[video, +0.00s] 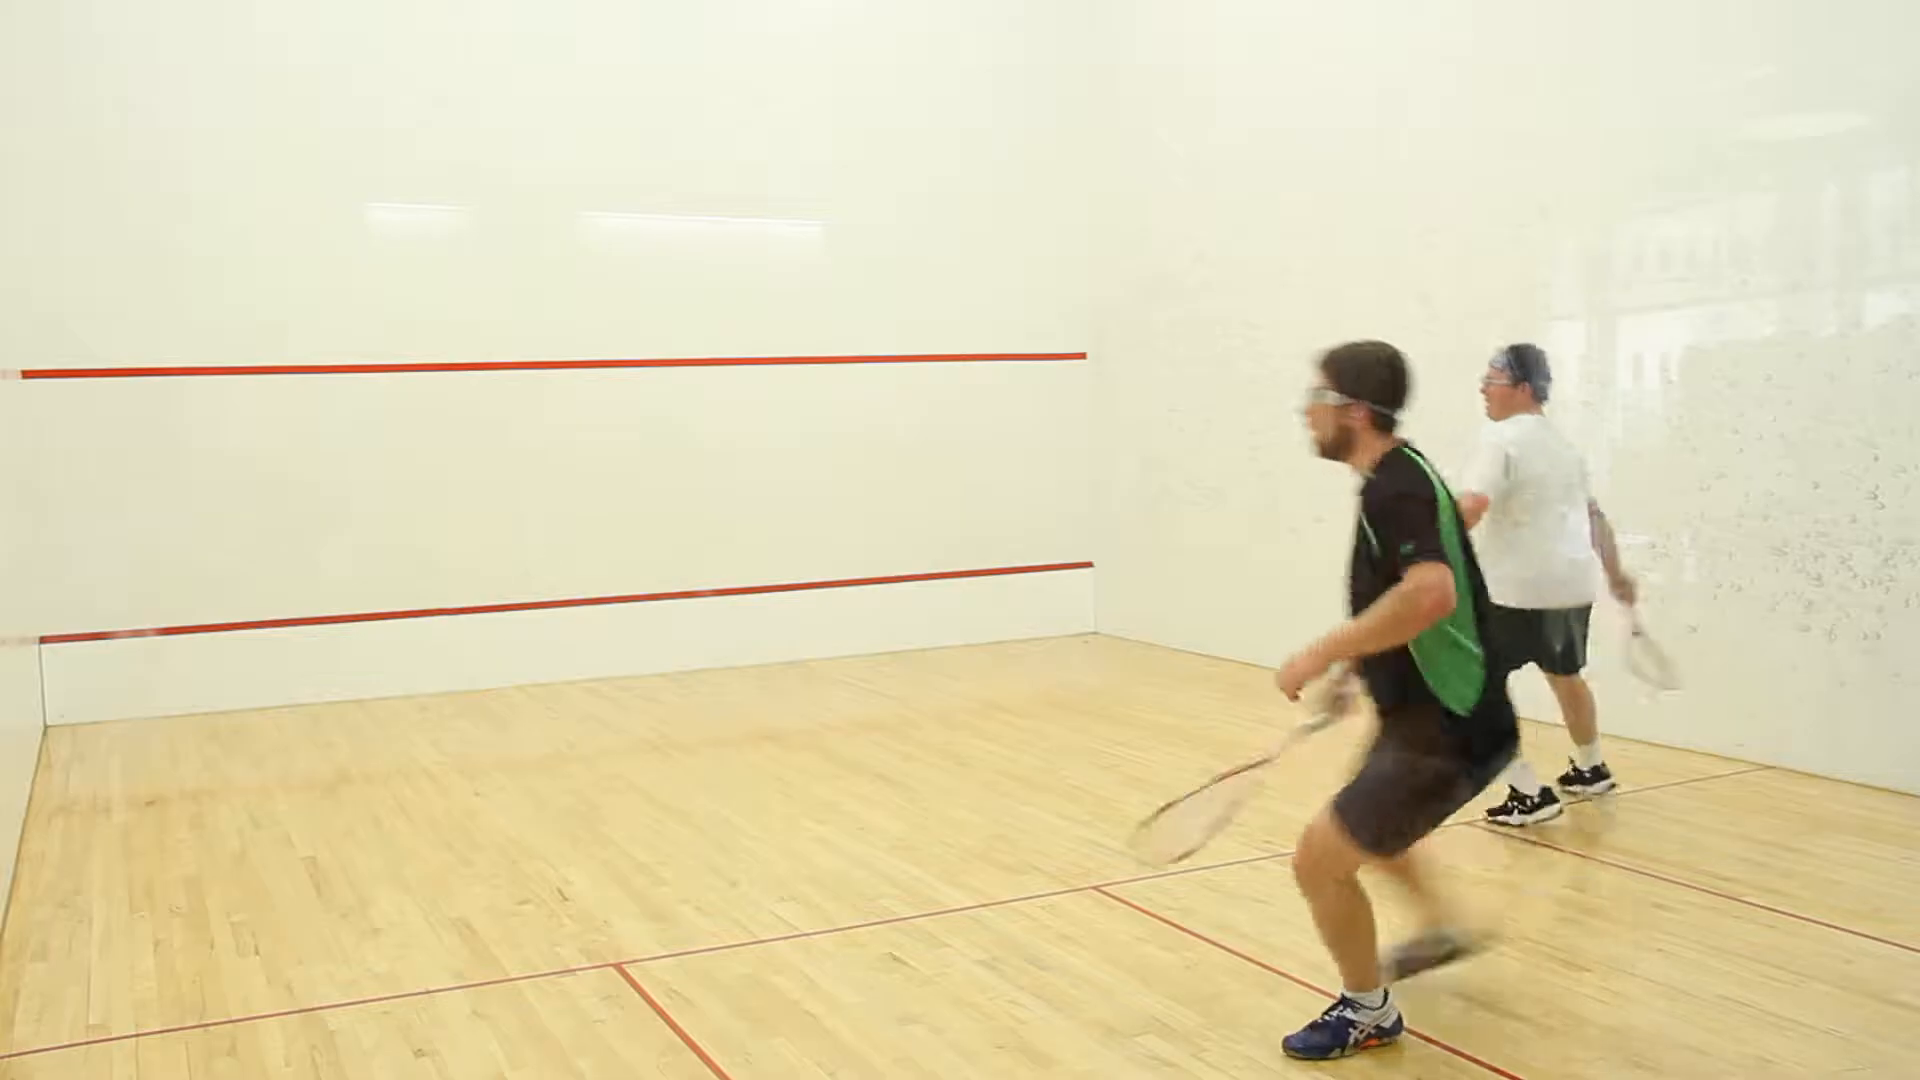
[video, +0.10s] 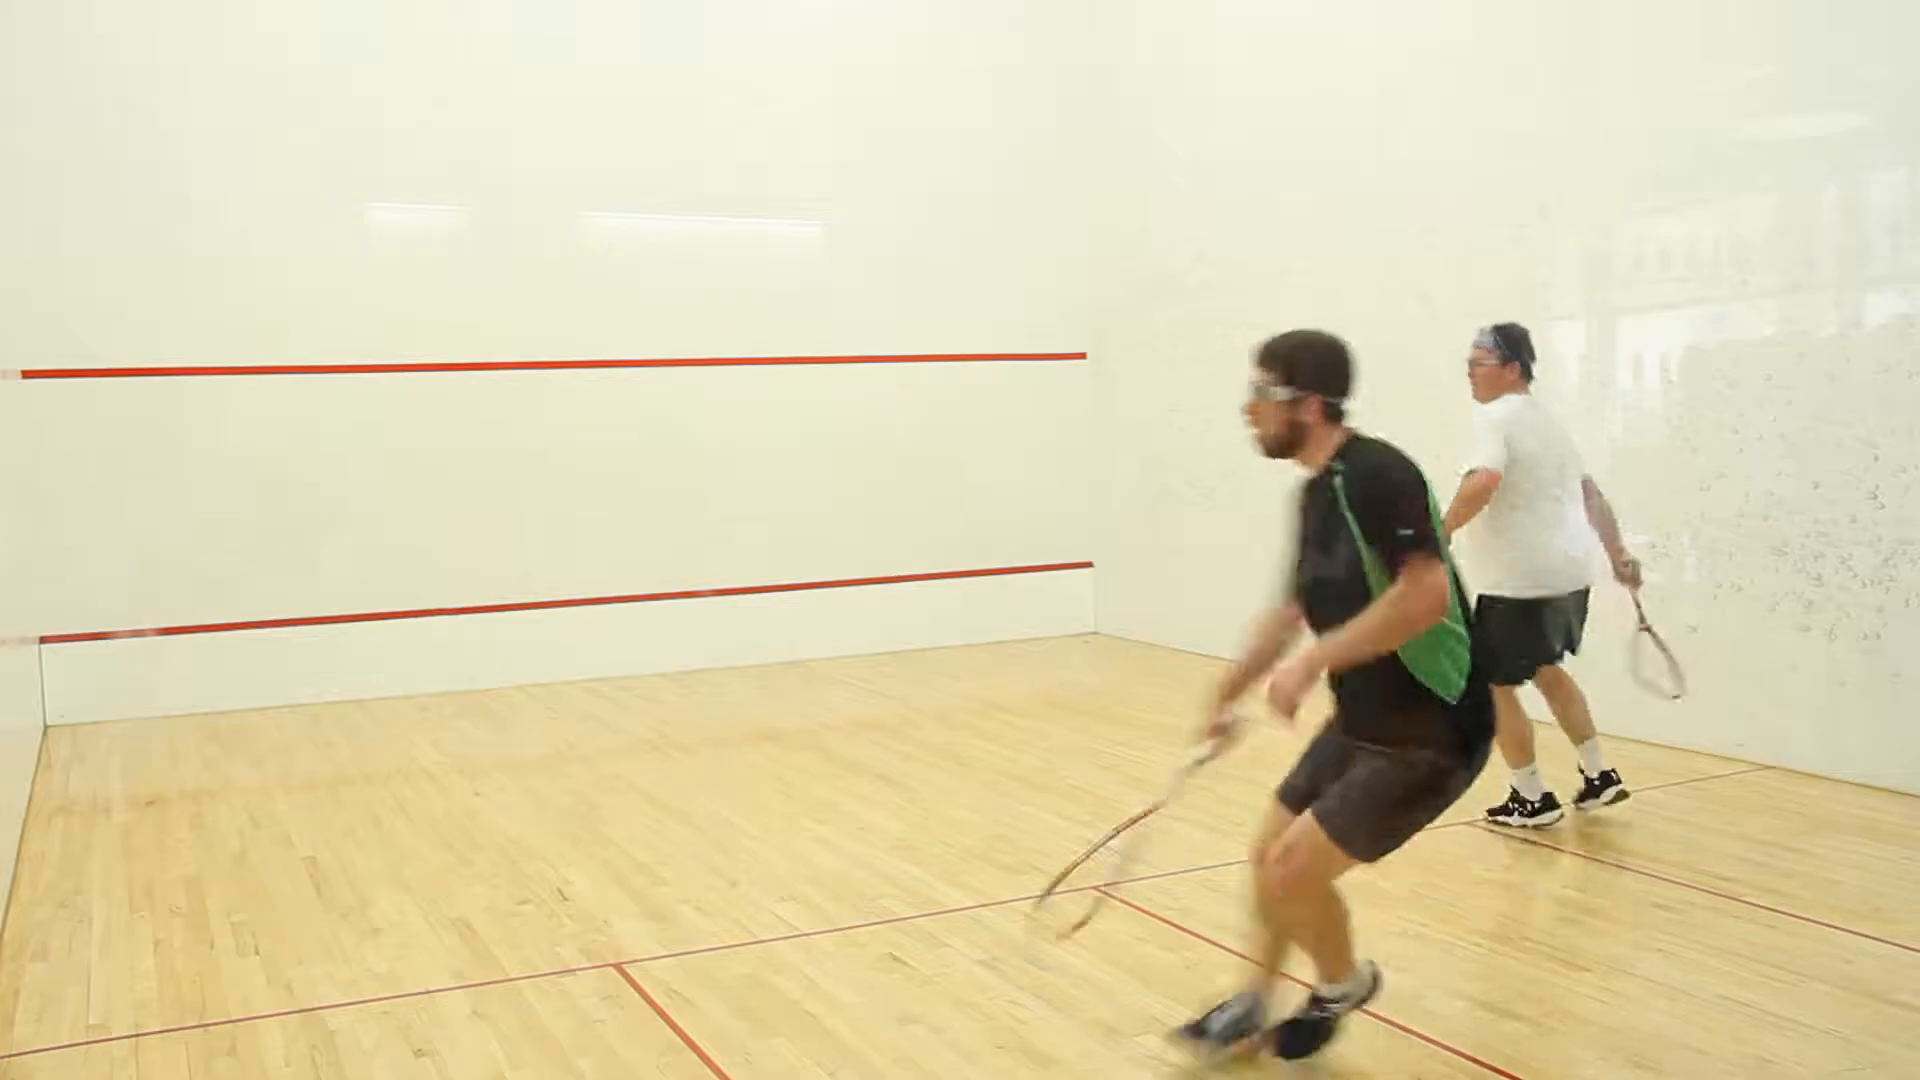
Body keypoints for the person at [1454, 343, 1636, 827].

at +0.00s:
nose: (1483, 391)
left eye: (1492, 383)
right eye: (1485, 382)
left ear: (1523, 389)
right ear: (1530, 391)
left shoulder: (1502, 441)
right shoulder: (1563, 444)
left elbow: (1470, 509)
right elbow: (1594, 516)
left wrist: (1423, 540)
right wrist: (1616, 573)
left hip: (1514, 593)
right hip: (1572, 589)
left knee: (1478, 679)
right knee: (1565, 672)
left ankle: (1525, 789)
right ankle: (1592, 766)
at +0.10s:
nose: (1469, 374)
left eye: (1478, 365)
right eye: (1469, 365)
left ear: (1512, 369)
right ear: (1518, 372)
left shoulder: (1496, 417)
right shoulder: (1549, 421)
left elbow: (1484, 482)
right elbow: (1590, 493)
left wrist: (1440, 531)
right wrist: (1618, 554)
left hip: (1516, 586)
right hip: (1569, 579)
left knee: (1495, 682)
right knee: (1546, 665)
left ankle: (1530, 795)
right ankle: (1599, 775)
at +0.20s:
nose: (1456, 362)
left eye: (1466, 353)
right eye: (1456, 352)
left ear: (1502, 359)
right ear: (1504, 362)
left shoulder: (1489, 406)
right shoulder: (1538, 407)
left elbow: (1494, 475)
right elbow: (1580, 483)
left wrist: (1447, 539)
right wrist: (1601, 548)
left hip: (1515, 578)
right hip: (1568, 570)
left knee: (1489, 681)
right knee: (1532, 676)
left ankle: (1523, 796)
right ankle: (1600, 781)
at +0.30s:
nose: (1446, 379)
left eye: (1456, 370)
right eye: (1445, 369)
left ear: (1493, 374)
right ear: (1492, 376)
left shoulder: (1482, 428)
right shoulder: (1533, 419)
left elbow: (1494, 504)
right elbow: (1557, 496)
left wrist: (1443, 558)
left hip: (1513, 594)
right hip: (1562, 589)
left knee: (1452, 693)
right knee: (1538, 701)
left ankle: (1516, 811)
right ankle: (1605, 819)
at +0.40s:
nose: (1435, 405)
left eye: (1445, 394)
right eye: (1432, 394)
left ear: (1478, 397)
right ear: (1480, 398)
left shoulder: (1474, 454)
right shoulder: (1509, 441)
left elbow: (1477, 540)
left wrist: (1423, 580)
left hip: (1507, 615)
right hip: (1553, 610)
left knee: (1430, 716)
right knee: (1533, 712)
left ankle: (1477, 837)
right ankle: (1608, 825)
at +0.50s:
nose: (1401, 407)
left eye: (1411, 396)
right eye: (1401, 396)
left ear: (1449, 399)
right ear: (1449, 401)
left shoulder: (1453, 462)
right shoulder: (1503, 449)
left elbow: (1437, 555)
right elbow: (1532, 522)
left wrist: (1380, 585)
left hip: (1470, 626)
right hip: (1528, 620)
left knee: (1424, 738)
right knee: (1531, 719)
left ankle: (1451, 879)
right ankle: (1604, 823)